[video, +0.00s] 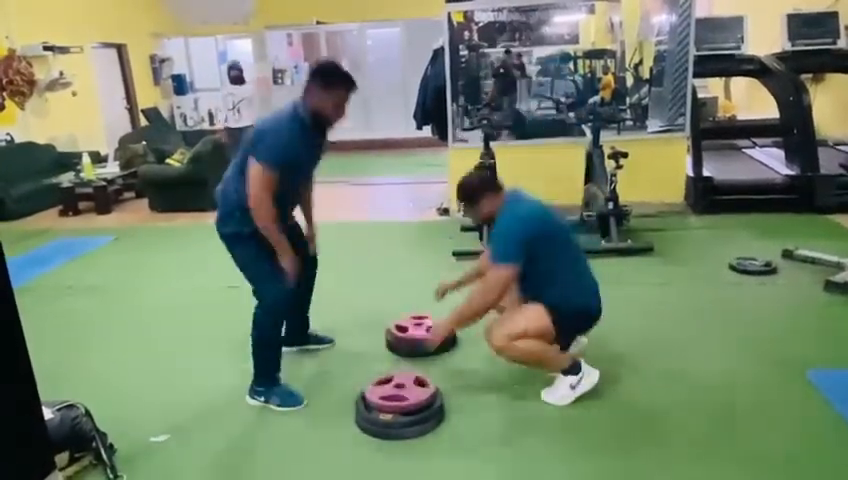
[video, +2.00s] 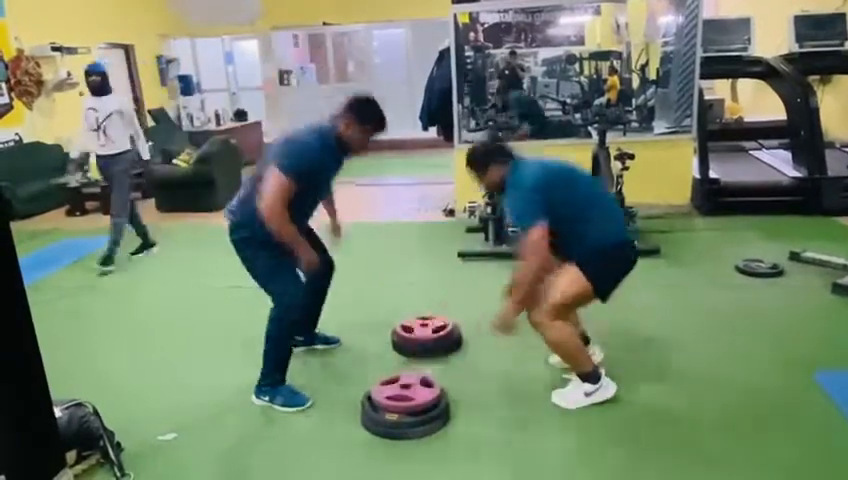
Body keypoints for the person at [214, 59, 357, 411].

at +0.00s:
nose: (342, 109)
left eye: (344, 102)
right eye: (338, 101)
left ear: (328, 95)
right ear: (314, 93)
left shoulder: (314, 129)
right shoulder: (278, 131)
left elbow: (302, 182)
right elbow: (258, 201)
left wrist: (308, 226)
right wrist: (284, 252)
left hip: (273, 213)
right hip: (240, 221)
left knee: (303, 261)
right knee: (274, 291)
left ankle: (296, 332)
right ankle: (264, 384)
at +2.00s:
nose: (367, 144)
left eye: (370, 137)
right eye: (366, 136)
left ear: (350, 125)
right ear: (347, 124)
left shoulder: (333, 148)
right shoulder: (306, 146)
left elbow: (321, 182)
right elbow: (270, 206)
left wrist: (332, 216)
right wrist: (302, 250)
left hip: (287, 220)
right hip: (252, 226)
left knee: (320, 267)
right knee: (291, 297)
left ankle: (302, 332)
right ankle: (269, 385)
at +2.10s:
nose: (377, 184)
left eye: (380, 179)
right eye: (376, 177)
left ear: (359, 165)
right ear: (359, 166)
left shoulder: (339, 182)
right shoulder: (318, 190)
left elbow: (346, 225)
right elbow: (300, 259)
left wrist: (367, 266)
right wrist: (340, 307)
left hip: (283, 242)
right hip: (255, 254)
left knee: (335, 275)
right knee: (307, 310)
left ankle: (306, 333)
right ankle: (270, 387)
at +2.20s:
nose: (388, 226)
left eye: (391, 220)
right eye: (386, 218)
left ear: (369, 204)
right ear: (370, 207)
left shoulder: (352, 219)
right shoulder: (331, 229)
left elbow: (371, 262)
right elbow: (329, 303)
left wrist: (402, 304)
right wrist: (368, 344)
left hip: (289, 273)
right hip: (261, 288)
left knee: (346, 283)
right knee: (316, 326)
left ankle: (316, 335)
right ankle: (271, 387)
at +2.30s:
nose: (403, 260)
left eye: (407, 254)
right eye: (404, 253)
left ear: (389, 235)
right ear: (391, 241)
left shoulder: (367, 241)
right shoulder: (345, 255)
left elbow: (385, 282)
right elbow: (347, 330)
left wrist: (412, 318)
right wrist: (387, 373)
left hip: (300, 292)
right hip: (273, 305)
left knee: (358, 292)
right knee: (329, 338)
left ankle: (325, 344)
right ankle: (273, 385)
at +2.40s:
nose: (425, 288)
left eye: (429, 284)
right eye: (427, 282)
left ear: (414, 258)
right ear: (416, 270)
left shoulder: (391, 255)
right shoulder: (369, 270)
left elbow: (389, 291)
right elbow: (349, 340)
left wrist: (411, 321)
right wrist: (387, 378)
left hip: (306, 282)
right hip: (281, 291)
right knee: (333, 340)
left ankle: (303, 339)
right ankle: (275, 383)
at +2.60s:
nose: (449, 318)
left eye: (455, 316)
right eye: (454, 314)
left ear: (451, 292)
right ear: (449, 299)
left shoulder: (427, 262)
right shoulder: (407, 282)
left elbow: (394, 285)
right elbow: (362, 332)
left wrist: (410, 319)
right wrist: (385, 379)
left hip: (333, 237)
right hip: (312, 254)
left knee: (358, 297)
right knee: (324, 340)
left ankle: (289, 309)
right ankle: (242, 350)